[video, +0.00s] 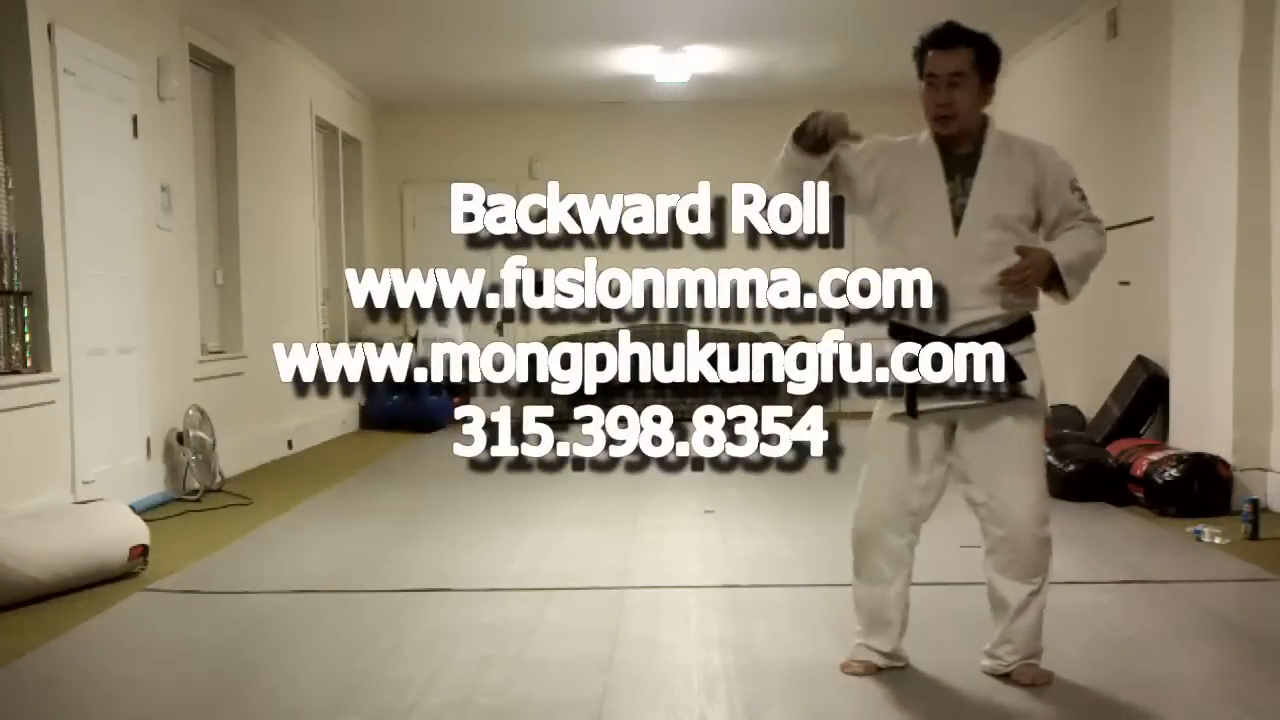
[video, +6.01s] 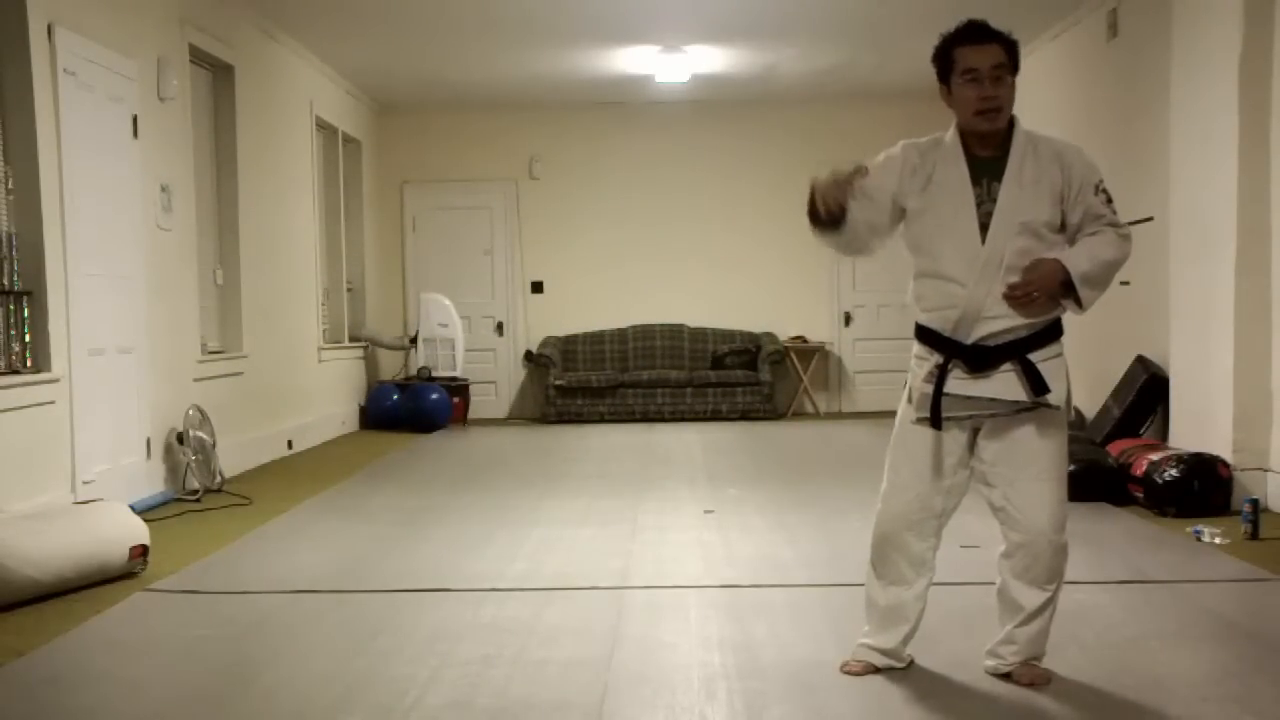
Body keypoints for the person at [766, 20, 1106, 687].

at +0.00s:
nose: (941, 96)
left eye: (957, 82)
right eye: (931, 82)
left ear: (987, 88)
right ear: (918, 88)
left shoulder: (1035, 162)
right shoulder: (880, 160)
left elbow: (1085, 233)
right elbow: (790, 191)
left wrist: (1053, 260)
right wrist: (810, 146)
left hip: (1000, 369)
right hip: (907, 371)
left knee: (1022, 523)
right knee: (880, 518)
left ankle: (1015, 654)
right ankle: (877, 642)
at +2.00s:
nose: (965, 86)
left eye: (980, 73)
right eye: (952, 75)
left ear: (1004, 84)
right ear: (936, 88)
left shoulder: (1048, 168)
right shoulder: (902, 157)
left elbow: (1093, 245)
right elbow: (844, 122)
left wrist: (1048, 268)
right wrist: (852, 63)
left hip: (1002, 362)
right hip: (912, 362)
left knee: (1019, 522)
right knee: (884, 515)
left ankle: (1014, 654)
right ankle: (881, 643)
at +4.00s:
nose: (991, 83)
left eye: (1007, 70)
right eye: (978, 71)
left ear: (1029, 84)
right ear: (960, 85)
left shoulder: (1070, 171)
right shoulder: (935, 158)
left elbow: (1113, 249)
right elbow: (900, 98)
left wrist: (1074, 270)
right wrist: (951, 38)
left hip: (1026, 369)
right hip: (936, 366)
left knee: (1036, 526)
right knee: (899, 514)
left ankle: (1016, 653)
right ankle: (882, 641)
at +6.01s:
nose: (988, 89)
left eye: (1000, 75)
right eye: (971, 77)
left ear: (1016, 82)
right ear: (945, 90)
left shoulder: (1062, 161)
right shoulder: (913, 162)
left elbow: (1110, 239)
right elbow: (860, 229)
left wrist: (1065, 269)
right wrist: (831, 210)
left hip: (1030, 374)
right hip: (938, 374)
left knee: (1040, 531)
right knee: (901, 519)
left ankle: (1016, 654)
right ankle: (883, 642)